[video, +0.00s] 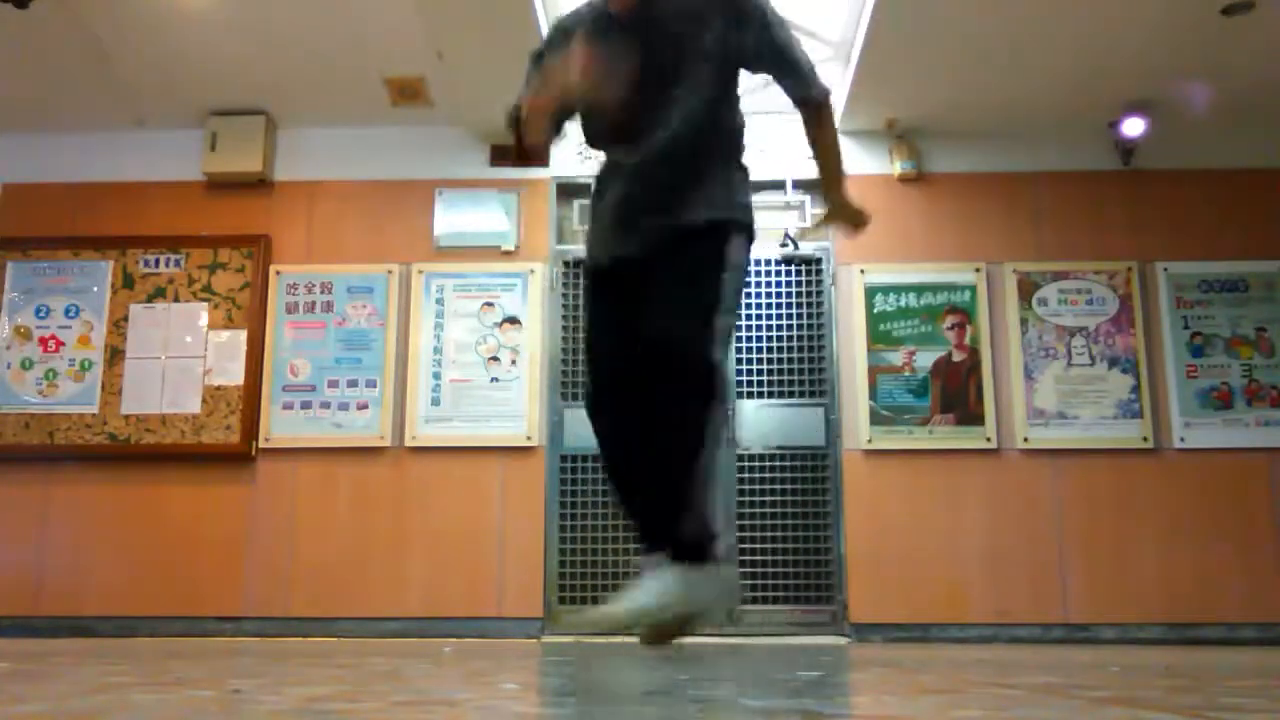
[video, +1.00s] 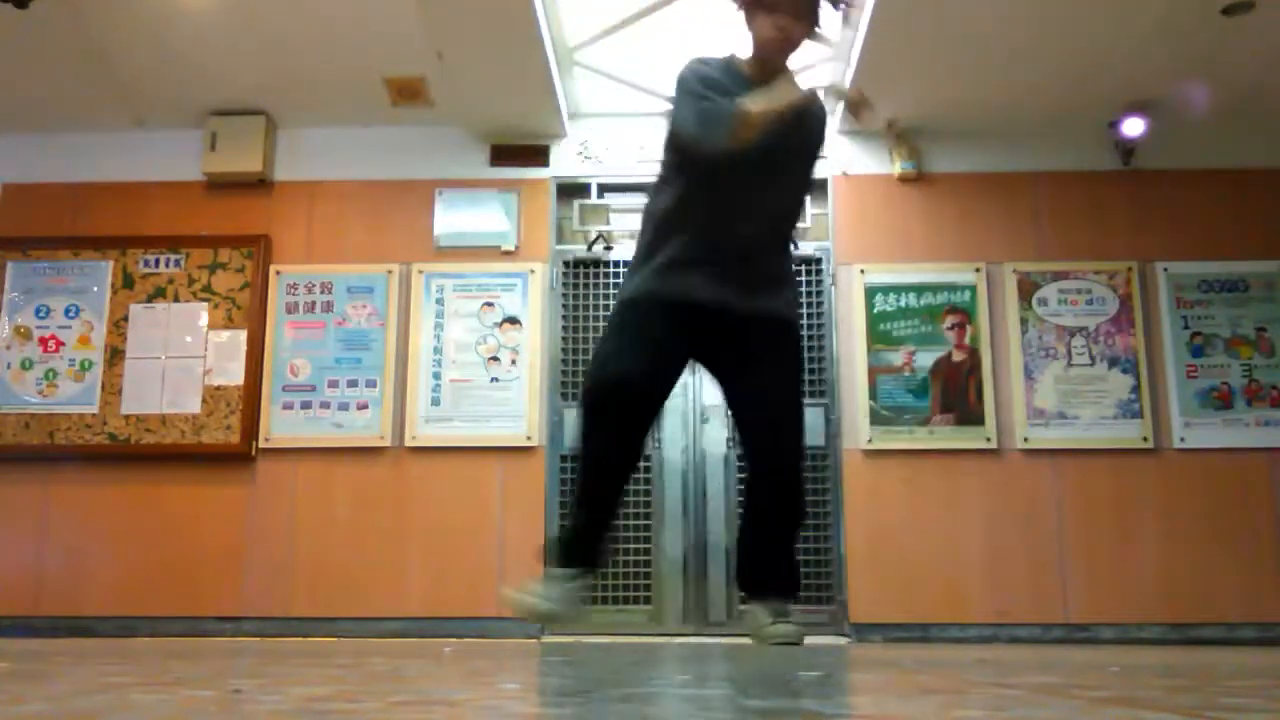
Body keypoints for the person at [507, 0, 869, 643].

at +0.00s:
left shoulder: (725, 10)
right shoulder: (580, 30)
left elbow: (811, 93)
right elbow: (531, 139)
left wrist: (835, 193)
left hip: (704, 214)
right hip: (620, 225)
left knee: (684, 375)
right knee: (614, 396)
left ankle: (690, 563)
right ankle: (677, 565)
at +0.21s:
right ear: (591, 3)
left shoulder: (701, 14)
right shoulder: (578, 52)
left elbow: (808, 79)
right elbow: (543, 133)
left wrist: (867, 151)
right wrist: (564, 23)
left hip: (724, 235)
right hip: (643, 255)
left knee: (710, 389)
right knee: (643, 415)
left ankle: (712, 571)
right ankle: (705, 571)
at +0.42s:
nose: (595, 16)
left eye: (603, 5)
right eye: (583, 10)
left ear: (629, 5)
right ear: (569, 20)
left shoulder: (679, 38)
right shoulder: (586, 101)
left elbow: (755, 20)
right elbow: (541, 173)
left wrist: (815, 41)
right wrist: (567, 71)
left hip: (744, 275)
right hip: (661, 296)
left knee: (829, 417)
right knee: (638, 446)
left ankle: (953, 394)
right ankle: (711, 600)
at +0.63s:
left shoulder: (737, 8)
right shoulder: (612, 42)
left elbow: (836, 31)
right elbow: (578, 131)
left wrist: (842, 140)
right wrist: (617, 31)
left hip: (759, 228)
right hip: (671, 243)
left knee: (778, 367)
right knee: (675, 417)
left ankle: (785, 452)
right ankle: (692, 574)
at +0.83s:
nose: (723, 16)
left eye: (733, 8)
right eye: (710, 6)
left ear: (746, 12)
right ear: (690, 7)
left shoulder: (776, 77)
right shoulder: (648, 74)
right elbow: (639, 135)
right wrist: (694, 56)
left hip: (759, 270)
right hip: (672, 277)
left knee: (750, 422)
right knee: (670, 437)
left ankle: (751, 577)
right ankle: (693, 586)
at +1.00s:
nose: (787, 29)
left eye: (799, 19)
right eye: (776, 14)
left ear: (811, 29)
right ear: (749, 12)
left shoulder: (806, 109)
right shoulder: (705, 79)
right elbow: (700, 136)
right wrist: (772, 105)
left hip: (758, 301)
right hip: (669, 289)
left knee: (777, 450)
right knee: (612, 399)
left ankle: (767, 598)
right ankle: (574, 568)